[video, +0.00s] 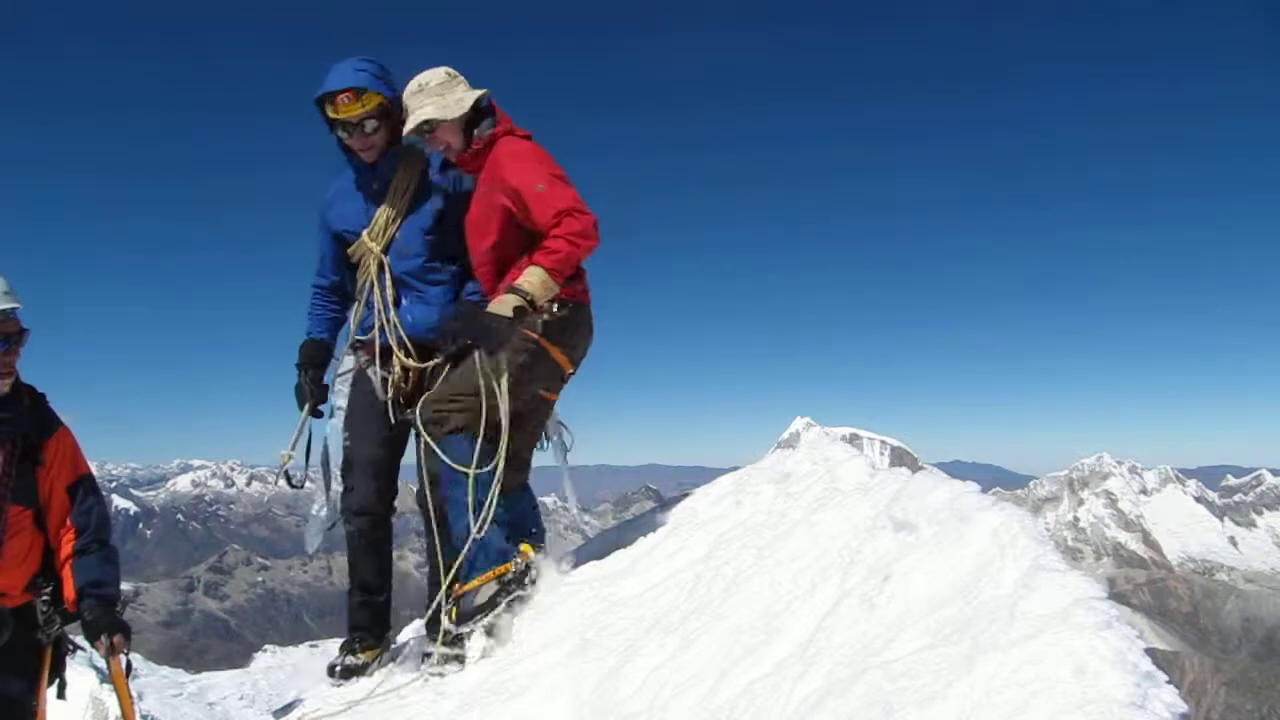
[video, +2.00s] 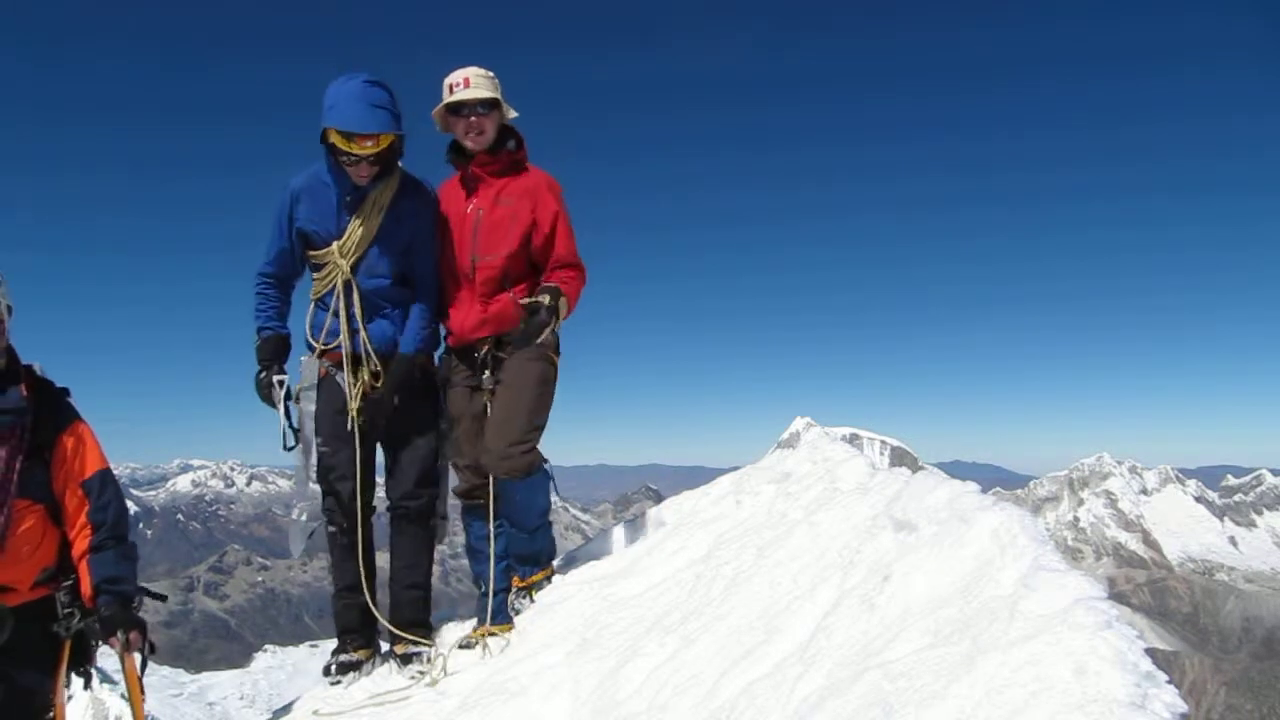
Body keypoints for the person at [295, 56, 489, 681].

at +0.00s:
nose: (361, 133)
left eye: (370, 117)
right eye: (346, 123)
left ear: (397, 113)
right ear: (334, 130)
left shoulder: (443, 179)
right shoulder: (340, 197)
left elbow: (486, 257)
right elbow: (328, 288)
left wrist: (466, 314)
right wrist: (314, 357)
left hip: (445, 352)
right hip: (374, 358)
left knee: (446, 485)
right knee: (363, 493)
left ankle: (452, 618)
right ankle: (367, 635)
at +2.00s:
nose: (364, 159)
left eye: (376, 146)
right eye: (351, 146)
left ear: (394, 141)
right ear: (330, 140)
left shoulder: (415, 201)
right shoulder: (305, 195)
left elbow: (428, 290)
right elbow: (273, 280)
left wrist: (413, 359)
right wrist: (270, 353)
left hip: (407, 366)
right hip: (337, 373)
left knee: (414, 499)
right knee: (343, 502)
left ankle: (410, 634)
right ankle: (355, 638)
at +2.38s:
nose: (361, 160)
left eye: (373, 148)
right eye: (347, 148)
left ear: (390, 139)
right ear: (327, 139)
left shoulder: (410, 202)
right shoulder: (305, 192)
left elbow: (421, 294)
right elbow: (282, 275)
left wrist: (396, 366)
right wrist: (275, 350)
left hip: (407, 364)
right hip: (337, 368)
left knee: (413, 498)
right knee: (343, 500)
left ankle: (409, 634)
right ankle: (355, 639)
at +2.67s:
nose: (359, 149)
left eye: (372, 136)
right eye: (346, 137)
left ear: (389, 129)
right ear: (328, 131)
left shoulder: (417, 194)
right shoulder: (308, 190)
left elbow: (450, 265)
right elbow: (285, 279)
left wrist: (443, 260)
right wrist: (277, 357)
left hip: (412, 363)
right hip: (340, 366)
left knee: (415, 496)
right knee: (346, 499)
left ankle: (411, 633)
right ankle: (353, 639)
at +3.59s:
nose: (352, 142)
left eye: (365, 129)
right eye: (339, 130)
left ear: (384, 126)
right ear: (322, 127)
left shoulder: (408, 191)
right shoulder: (303, 191)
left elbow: (444, 275)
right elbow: (281, 277)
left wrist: (441, 351)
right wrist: (271, 355)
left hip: (411, 359)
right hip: (335, 365)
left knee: (419, 490)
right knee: (342, 498)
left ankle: (402, 621)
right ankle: (355, 637)